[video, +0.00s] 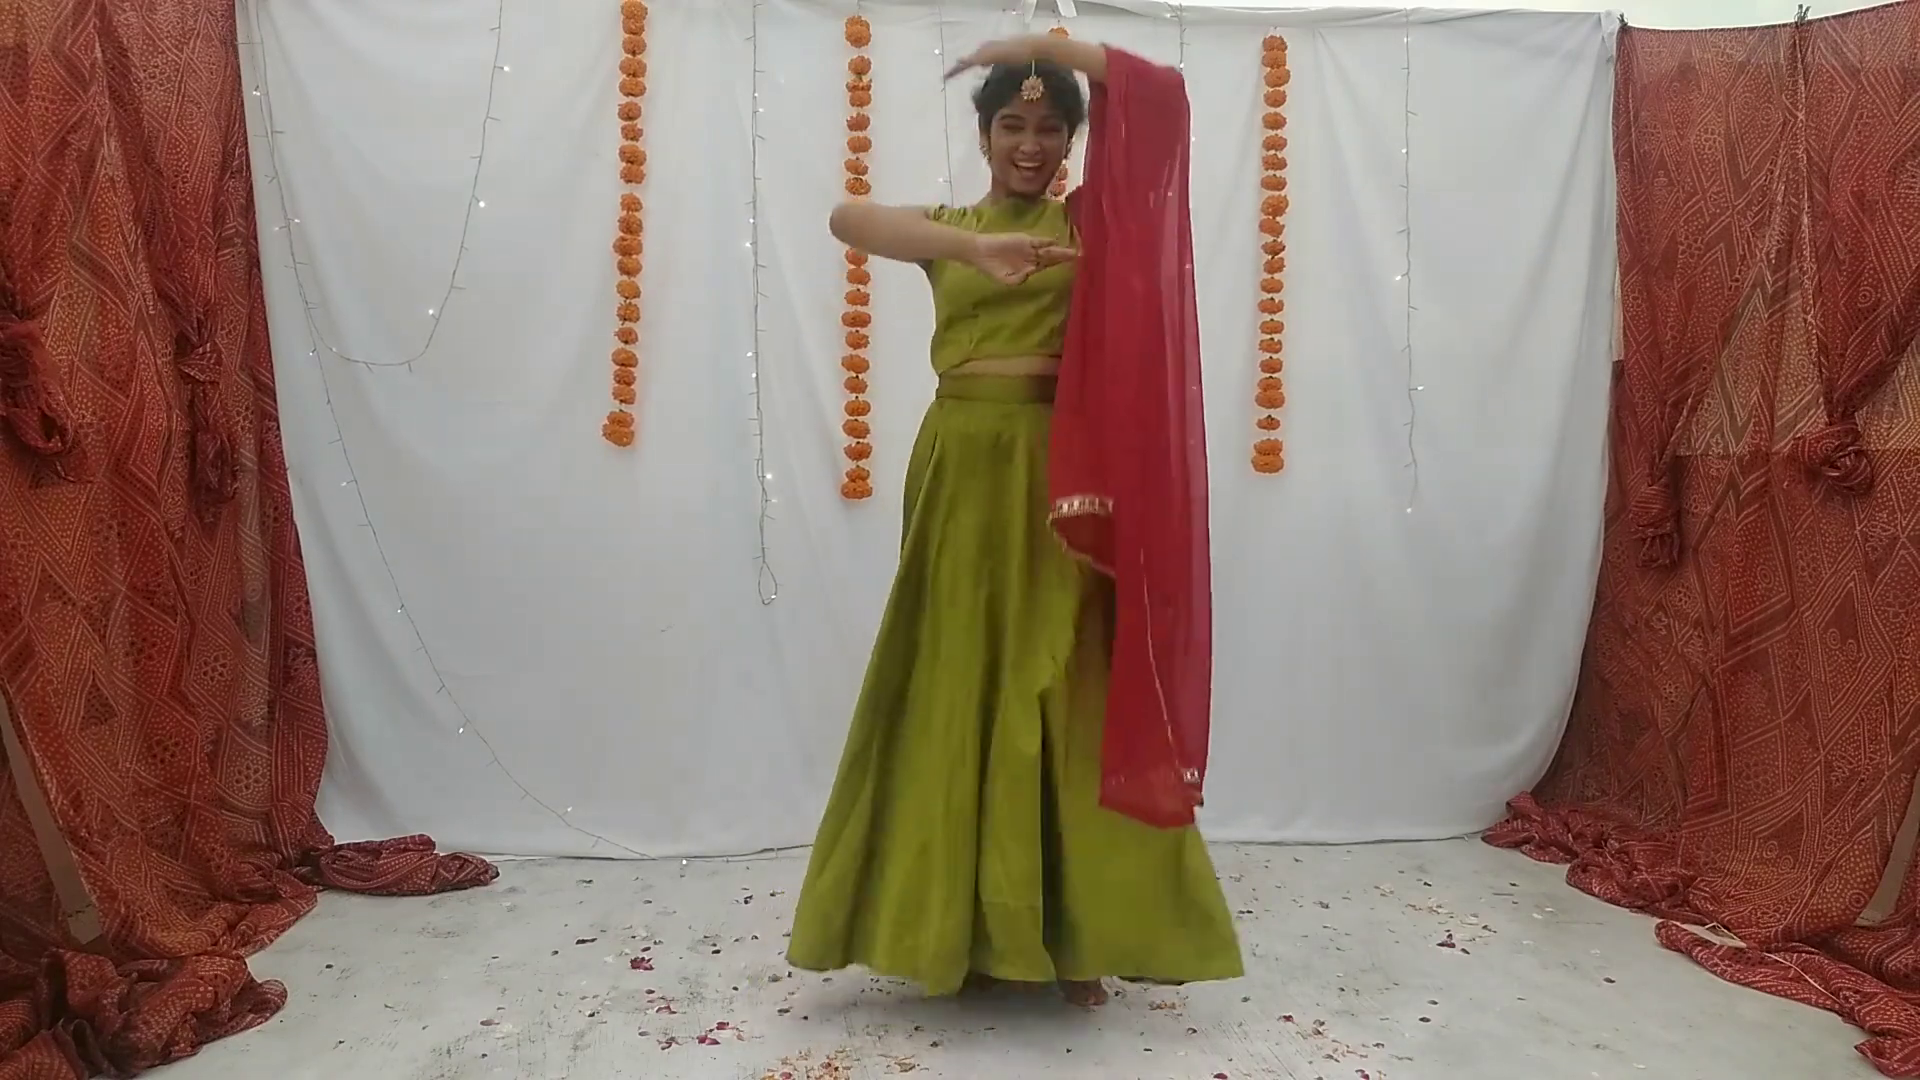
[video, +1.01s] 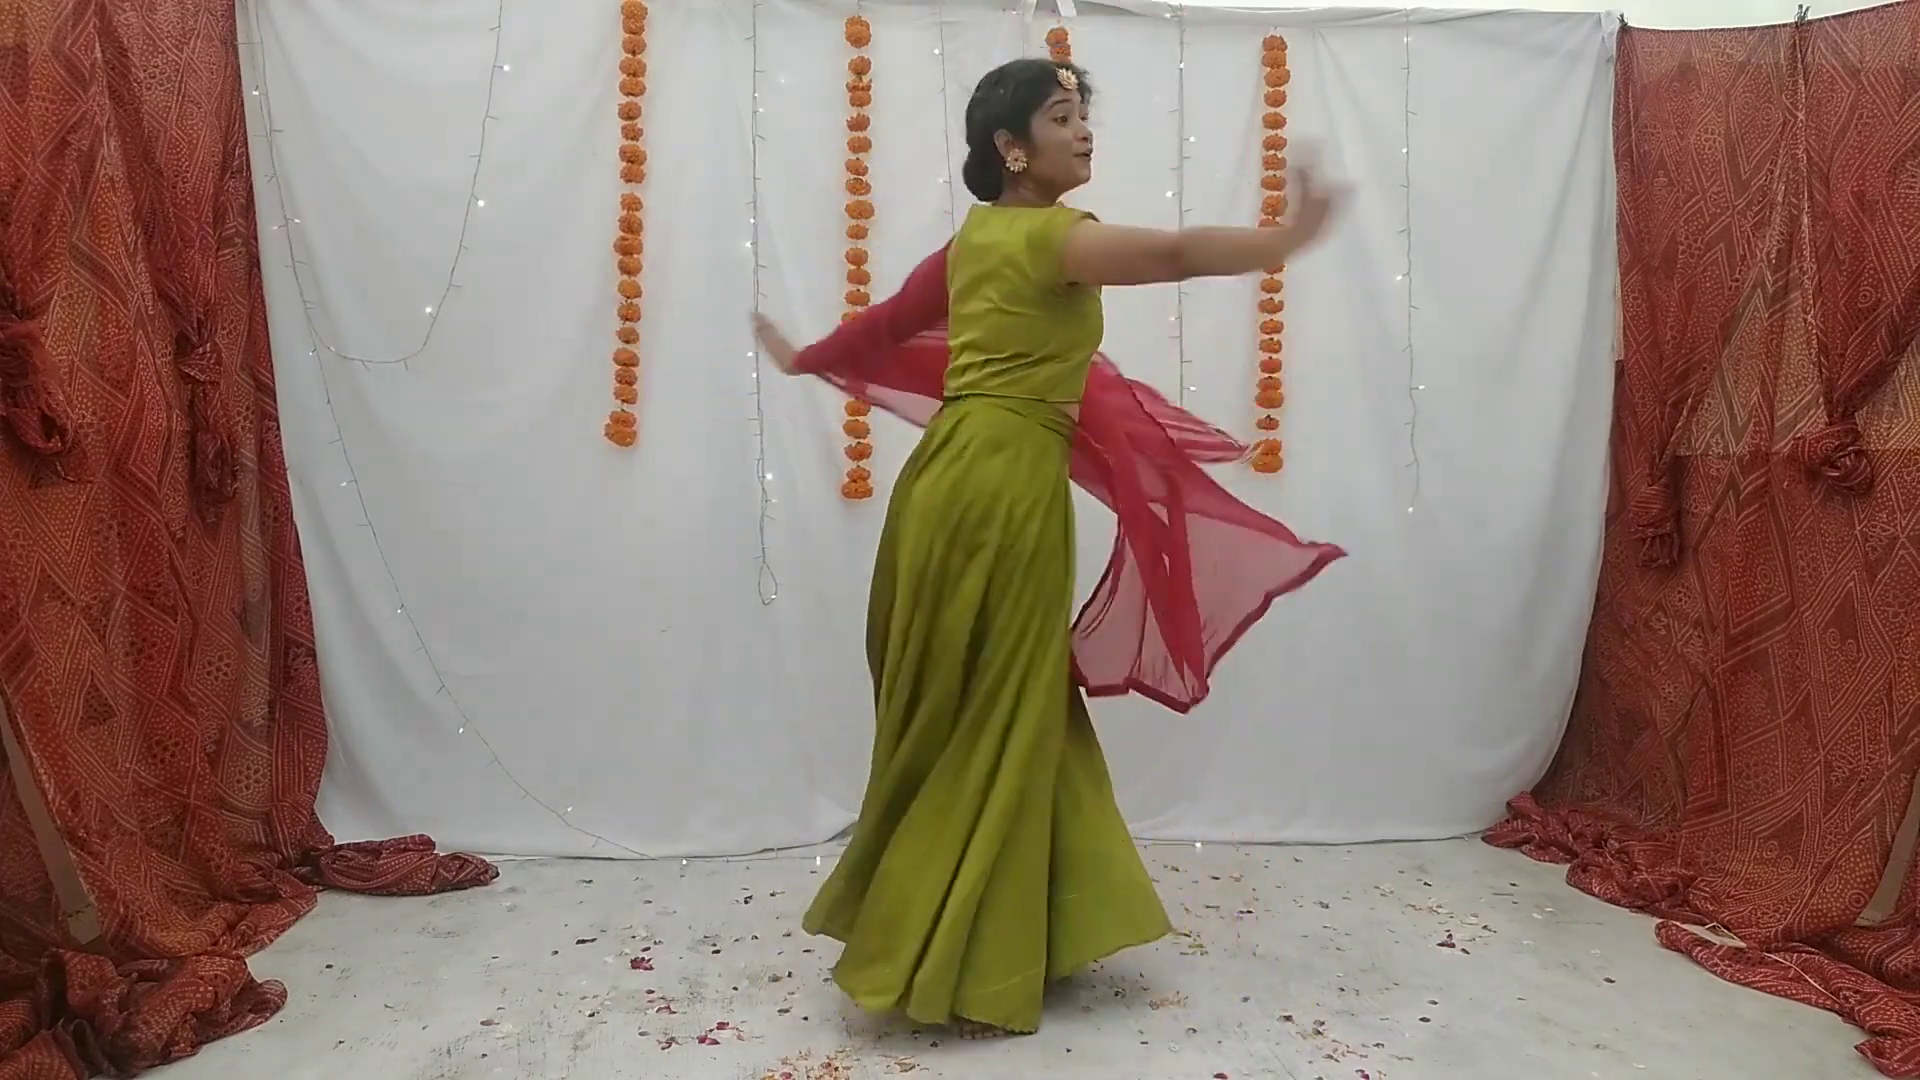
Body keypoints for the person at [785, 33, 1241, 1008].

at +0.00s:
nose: (1032, 144)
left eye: (1050, 127)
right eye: (1014, 126)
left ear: (1074, 138)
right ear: (985, 133)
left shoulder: (1099, 225)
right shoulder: (951, 226)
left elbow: (1162, 94)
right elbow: (848, 219)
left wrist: (1045, 42)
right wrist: (971, 246)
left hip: (1070, 474)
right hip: (967, 470)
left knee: (1071, 697)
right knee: (965, 694)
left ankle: (1074, 933)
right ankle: (973, 930)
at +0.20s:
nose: (1030, 95)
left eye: (1047, 80)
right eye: (1011, 81)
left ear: (1077, 98)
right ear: (985, 101)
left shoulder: (1113, 194)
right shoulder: (954, 205)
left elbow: (1181, 98)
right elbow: (841, 151)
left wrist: (1149, 15)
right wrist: (961, 136)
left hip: (1087, 452)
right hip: (977, 446)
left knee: (1071, 696)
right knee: (971, 694)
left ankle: (1070, 937)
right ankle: (964, 942)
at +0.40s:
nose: (1006, 127)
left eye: (1022, 112)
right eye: (987, 114)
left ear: (1052, 130)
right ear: (960, 139)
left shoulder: (1096, 234)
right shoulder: (941, 252)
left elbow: (1193, 309)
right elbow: (845, 369)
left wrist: (1108, 223)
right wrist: (904, 265)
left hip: (1086, 495)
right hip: (972, 492)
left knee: (1085, 732)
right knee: (969, 730)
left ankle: (1086, 984)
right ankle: (965, 975)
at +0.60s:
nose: (987, 157)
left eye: (1004, 143)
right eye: (969, 146)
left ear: (1036, 167)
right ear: (944, 173)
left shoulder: (1082, 275)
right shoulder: (918, 292)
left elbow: (1184, 377)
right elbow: (865, 424)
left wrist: (1236, 300)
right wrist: (766, 393)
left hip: (1057, 522)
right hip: (951, 519)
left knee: (1068, 756)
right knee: (959, 754)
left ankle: (1067, 992)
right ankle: (956, 986)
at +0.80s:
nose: (1021, 112)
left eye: (1036, 97)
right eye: (1000, 102)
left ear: (1062, 119)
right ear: (973, 130)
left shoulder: (1072, 238)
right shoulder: (971, 223)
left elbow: (1127, 375)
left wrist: (1228, 419)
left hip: (1041, 488)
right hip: (967, 479)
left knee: (1043, 722)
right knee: (969, 725)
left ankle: (1026, 963)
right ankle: (953, 972)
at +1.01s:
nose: (1085, 132)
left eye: (1083, 116)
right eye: (1065, 120)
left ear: (1014, 156)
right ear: (1014, 148)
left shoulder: (971, 239)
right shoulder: (1052, 238)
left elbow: (887, 322)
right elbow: (1171, 254)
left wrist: (802, 358)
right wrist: (1289, 237)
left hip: (939, 480)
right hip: (1006, 488)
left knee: (947, 712)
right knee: (1005, 716)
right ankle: (963, 959)